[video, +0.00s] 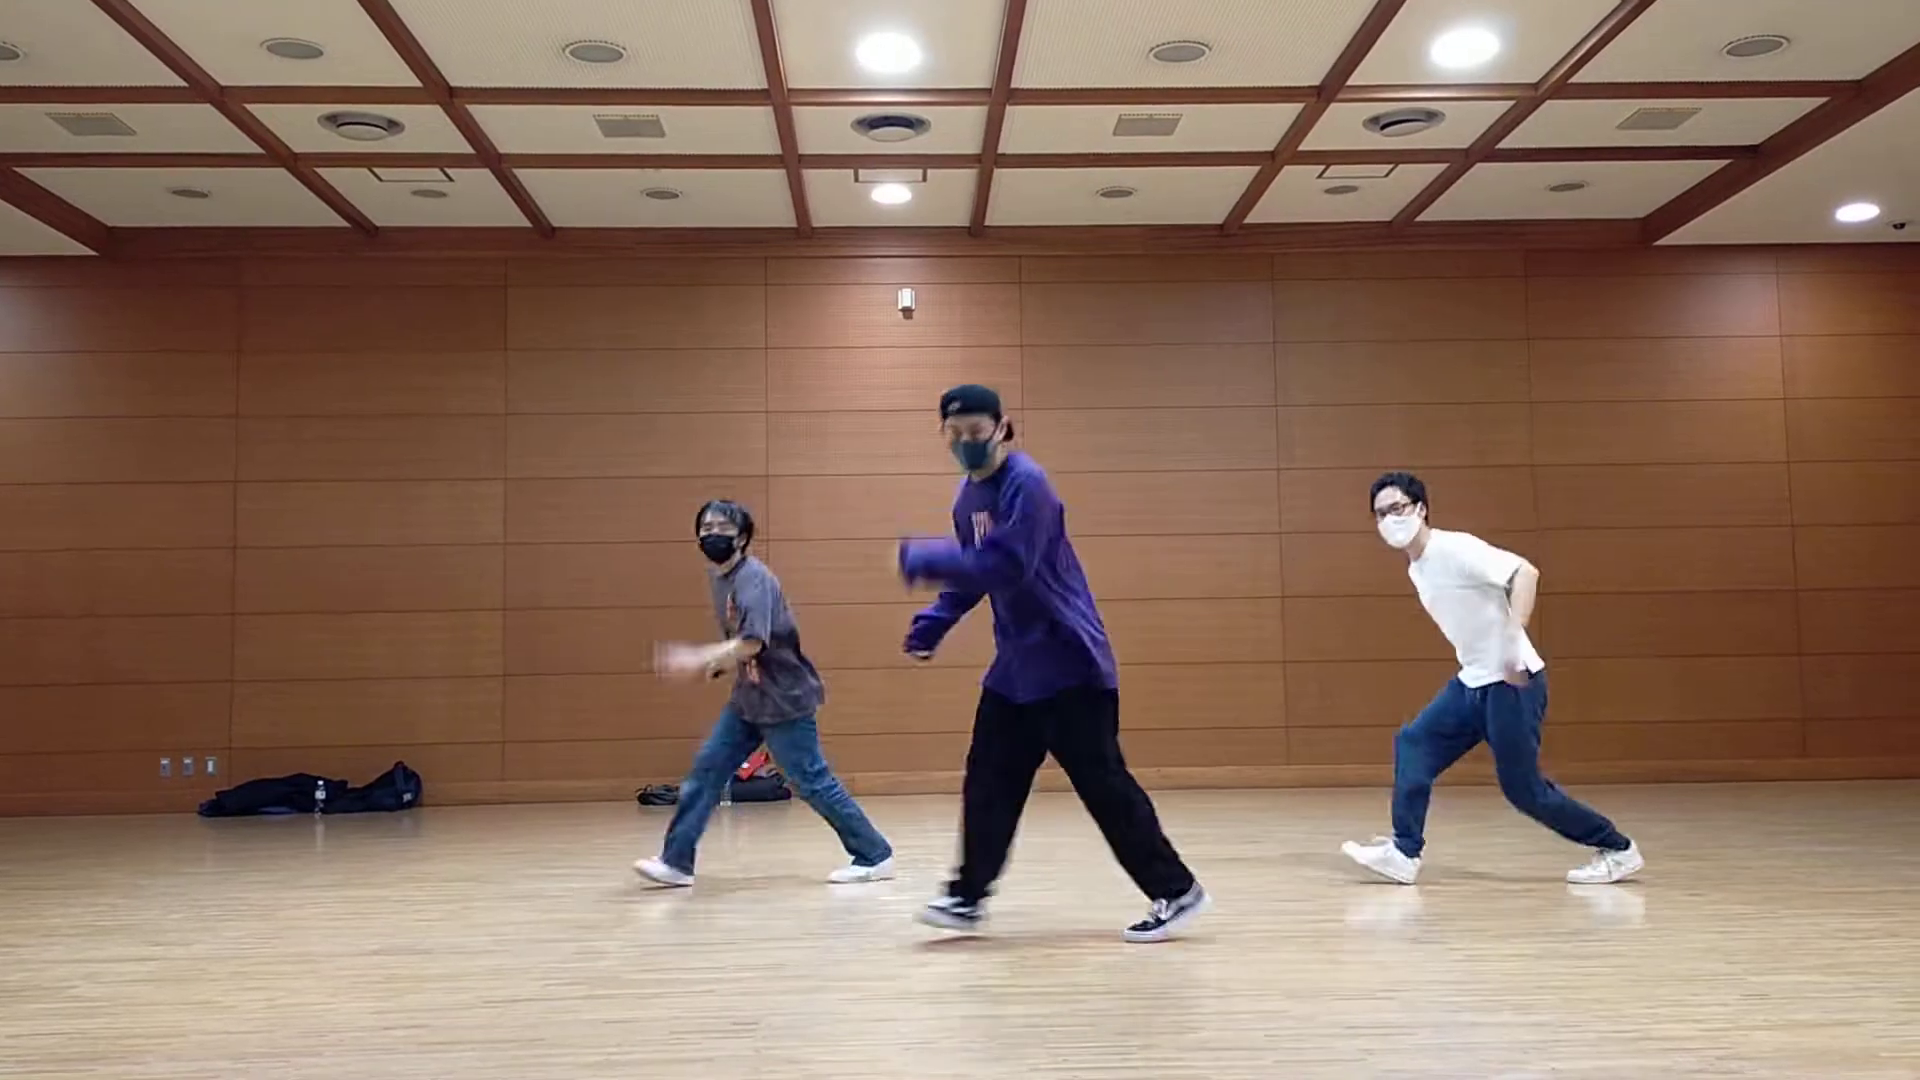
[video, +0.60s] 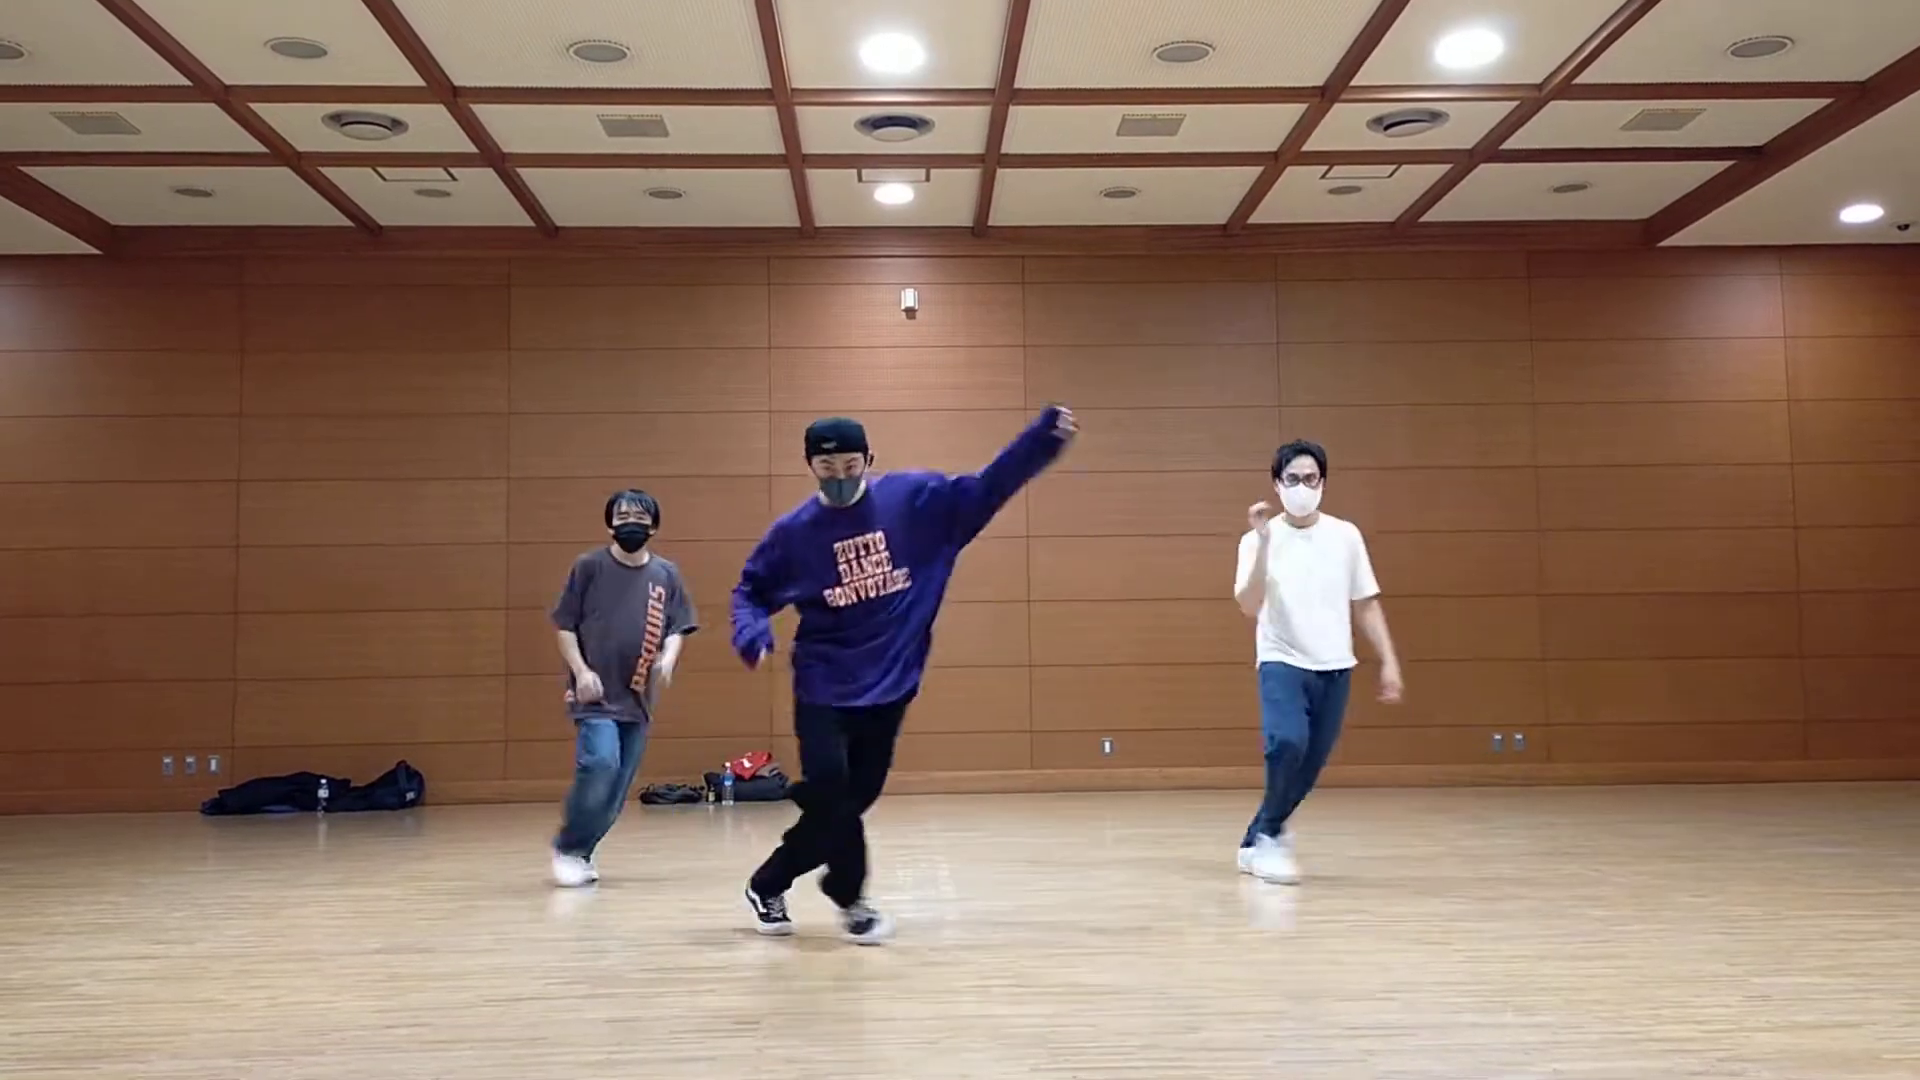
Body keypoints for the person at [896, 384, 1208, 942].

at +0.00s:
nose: (967, 444)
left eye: (977, 432)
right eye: (956, 435)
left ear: (1001, 429)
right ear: (946, 438)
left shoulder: (1029, 485)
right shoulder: (968, 500)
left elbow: (1008, 562)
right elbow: (974, 574)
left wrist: (925, 559)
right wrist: (935, 623)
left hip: (1070, 658)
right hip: (1017, 662)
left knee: (1102, 781)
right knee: (990, 777)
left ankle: (1177, 889)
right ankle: (968, 895)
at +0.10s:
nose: (944, 495)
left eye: (954, 483)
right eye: (934, 486)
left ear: (981, 480)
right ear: (926, 490)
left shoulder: (1011, 540)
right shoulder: (967, 541)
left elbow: (999, 635)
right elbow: (949, 612)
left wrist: (928, 678)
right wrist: (900, 654)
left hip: (1063, 692)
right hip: (1023, 695)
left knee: (1117, 804)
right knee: (961, 785)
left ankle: (1197, 906)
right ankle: (921, 909)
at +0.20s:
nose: (904, 494)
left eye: (915, 483)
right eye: (895, 485)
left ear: (943, 481)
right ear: (889, 488)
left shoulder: (983, 537)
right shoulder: (916, 534)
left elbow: (1012, 634)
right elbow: (913, 613)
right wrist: (894, 681)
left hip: (1033, 682)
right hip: (980, 684)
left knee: (1087, 790)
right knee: (936, 781)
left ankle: (1180, 890)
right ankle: (922, 910)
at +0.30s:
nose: (878, 481)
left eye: (889, 469)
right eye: (867, 472)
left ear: (914, 465)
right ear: (857, 474)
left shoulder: (963, 519)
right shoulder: (870, 529)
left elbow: (1028, 578)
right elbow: (869, 606)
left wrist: (1097, 631)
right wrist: (867, 671)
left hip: (995, 674)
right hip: (933, 675)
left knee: (1014, 778)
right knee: (914, 783)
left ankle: (1096, 858)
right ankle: (921, 910)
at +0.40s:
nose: (858, 469)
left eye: (868, 457)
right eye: (847, 460)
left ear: (893, 452)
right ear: (837, 461)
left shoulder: (954, 498)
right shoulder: (841, 522)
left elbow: (1033, 521)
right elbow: (825, 593)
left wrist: (1113, 536)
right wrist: (816, 658)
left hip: (958, 670)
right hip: (888, 674)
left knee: (949, 783)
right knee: (890, 793)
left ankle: (959, 860)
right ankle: (917, 907)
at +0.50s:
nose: (843, 464)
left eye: (853, 452)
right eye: (833, 455)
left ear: (878, 448)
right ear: (822, 457)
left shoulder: (934, 484)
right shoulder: (816, 523)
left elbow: (1013, 483)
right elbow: (783, 587)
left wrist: (1087, 469)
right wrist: (770, 644)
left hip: (924, 669)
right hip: (854, 676)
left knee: (902, 786)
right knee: (865, 794)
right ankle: (901, 905)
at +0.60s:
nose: (840, 472)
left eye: (849, 460)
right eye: (827, 463)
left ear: (866, 460)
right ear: (813, 467)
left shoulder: (909, 498)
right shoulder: (795, 532)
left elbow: (986, 487)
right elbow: (750, 591)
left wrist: (1043, 438)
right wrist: (752, 629)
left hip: (889, 679)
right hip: (823, 682)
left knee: (860, 793)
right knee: (831, 788)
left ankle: (766, 884)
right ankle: (848, 896)